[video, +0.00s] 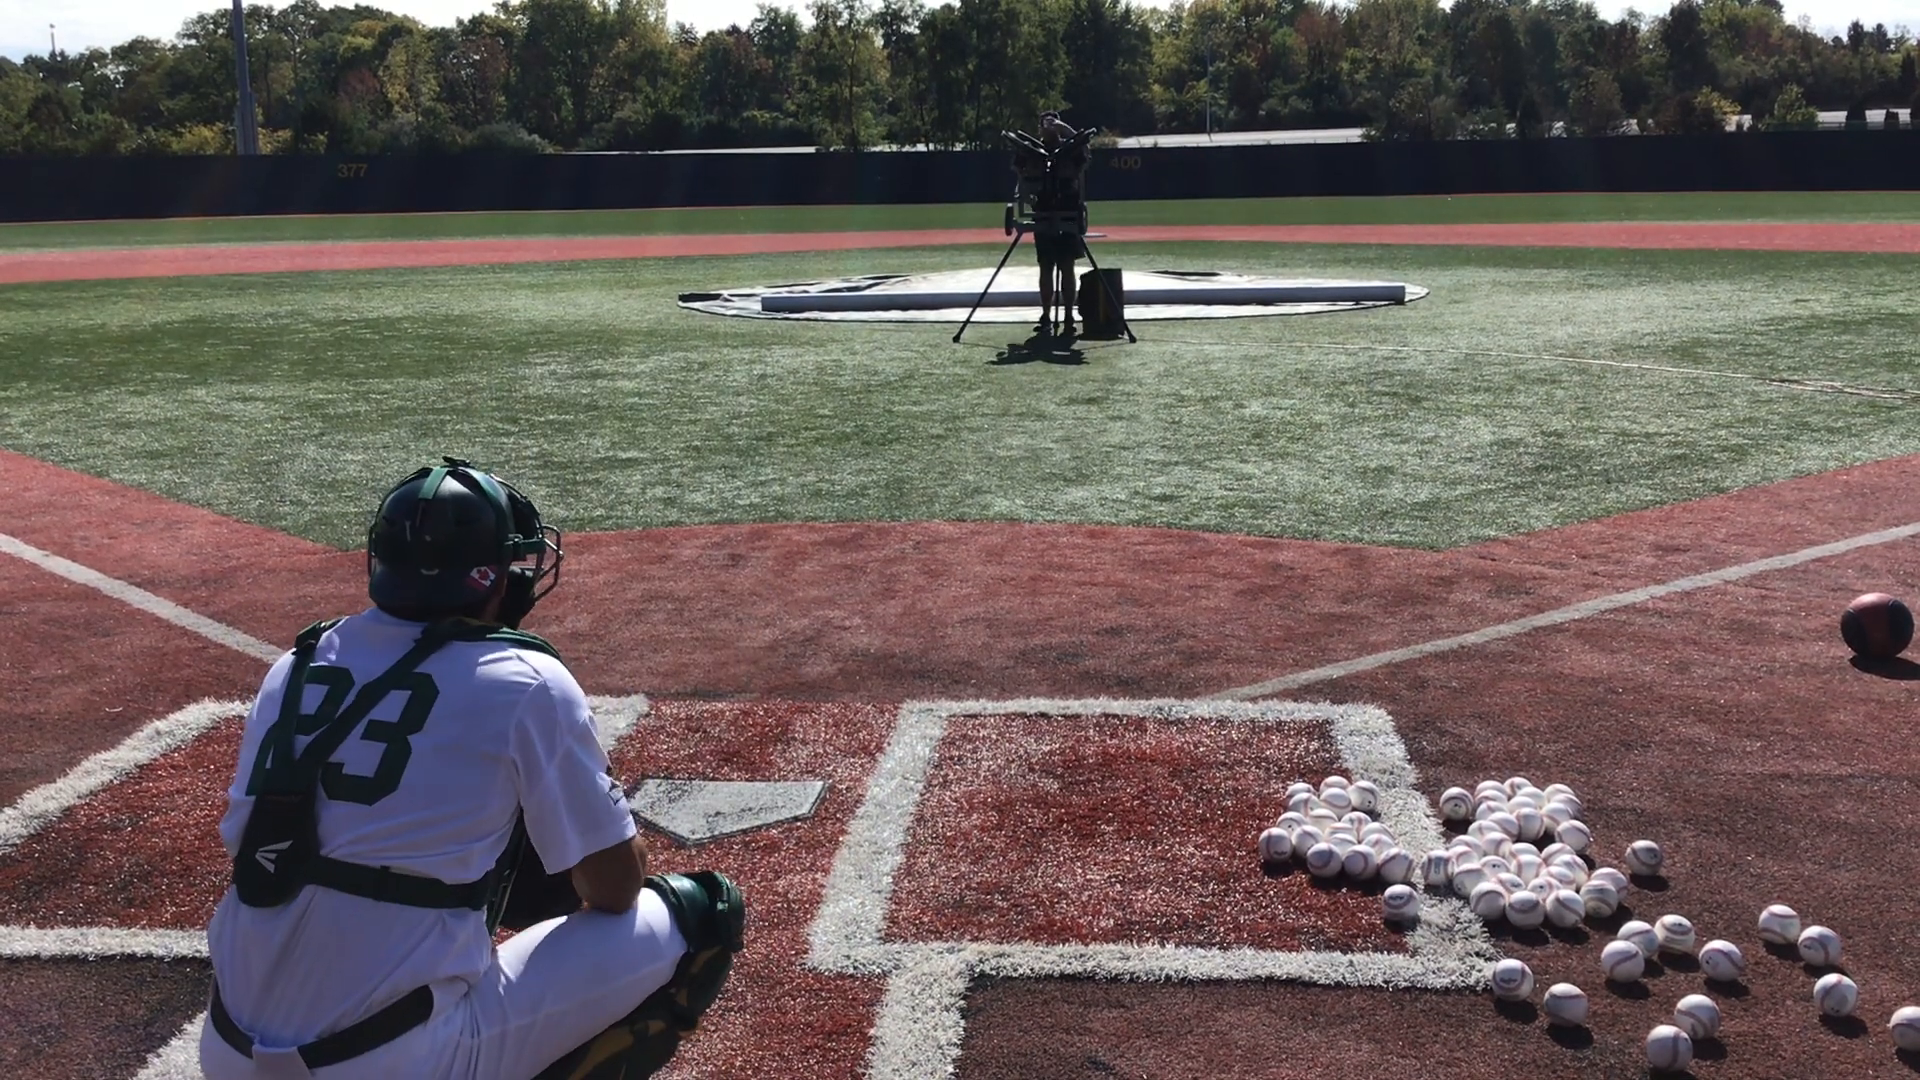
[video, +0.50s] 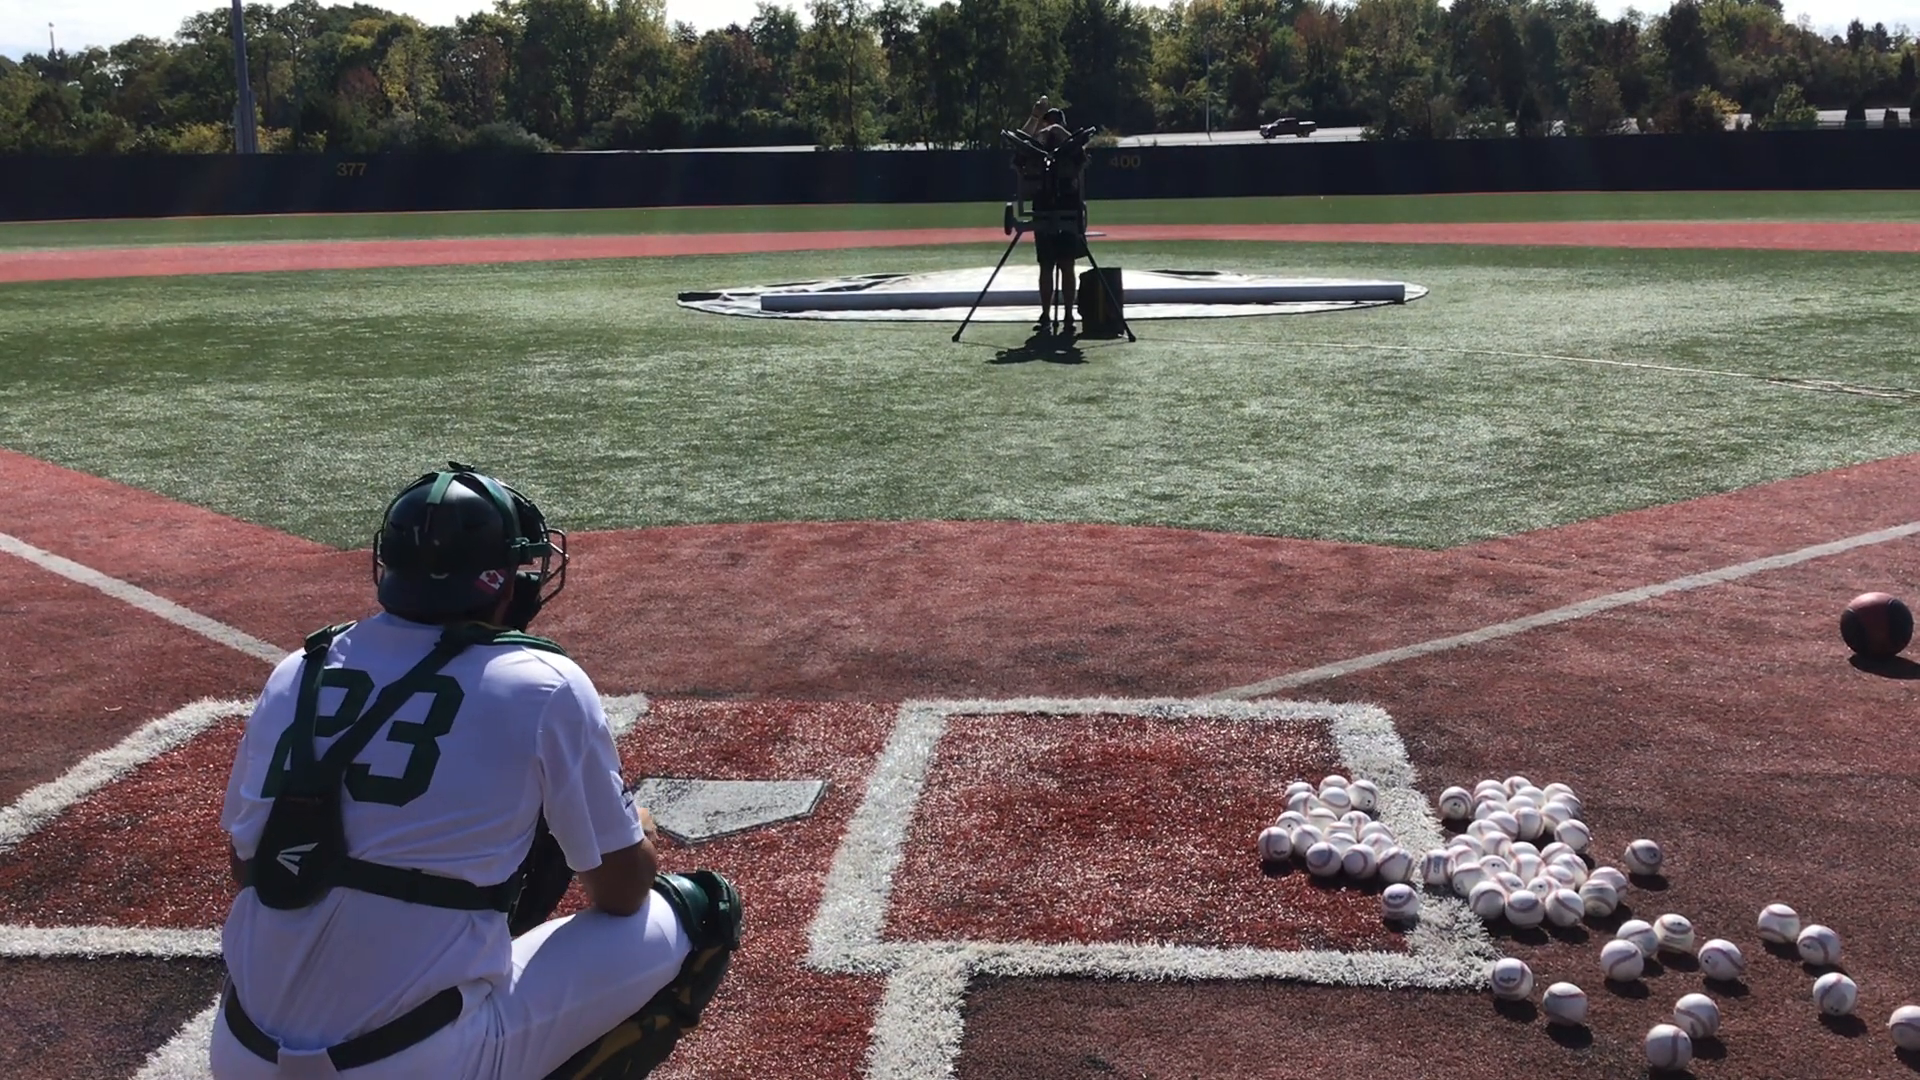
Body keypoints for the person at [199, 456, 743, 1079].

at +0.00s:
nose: (523, 576)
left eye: (520, 561)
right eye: (515, 565)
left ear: (384, 566)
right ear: (490, 583)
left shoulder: (300, 660)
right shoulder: (526, 683)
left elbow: (242, 838)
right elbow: (613, 888)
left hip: (232, 1045)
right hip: (398, 1058)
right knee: (703, 911)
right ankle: (563, 1064)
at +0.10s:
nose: (524, 576)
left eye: (521, 561)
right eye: (515, 565)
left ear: (385, 570)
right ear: (491, 584)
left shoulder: (302, 661)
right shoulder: (529, 685)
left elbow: (242, 839)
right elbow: (616, 887)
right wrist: (540, 889)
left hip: (236, 1048)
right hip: (403, 1061)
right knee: (703, 912)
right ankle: (560, 1068)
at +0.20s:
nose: (527, 574)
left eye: (523, 559)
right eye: (518, 564)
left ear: (386, 568)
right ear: (493, 584)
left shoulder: (299, 663)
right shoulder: (533, 683)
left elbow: (245, 838)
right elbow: (621, 885)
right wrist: (556, 883)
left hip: (238, 1046)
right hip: (405, 1060)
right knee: (703, 909)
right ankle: (561, 1066)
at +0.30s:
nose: (530, 573)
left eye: (526, 558)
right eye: (521, 563)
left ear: (388, 568)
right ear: (495, 584)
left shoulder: (302, 659)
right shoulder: (537, 680)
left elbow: (244, 832)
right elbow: (619, 886)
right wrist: (528, 886)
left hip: (238, 1046)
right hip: (409, 1060)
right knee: (701, 904)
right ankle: (558, 1067)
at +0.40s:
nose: (531, 576)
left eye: (527, 562)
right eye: (522, 566)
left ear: (390, 569)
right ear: (496, 587)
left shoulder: (301, 666)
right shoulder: (541, 684)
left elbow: (246, 852)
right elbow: (619, 890)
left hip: (240, 1048)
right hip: (413, 1061)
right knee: (702, 906)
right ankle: (562, 1067)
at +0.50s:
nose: (532, 578)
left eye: (529, 563)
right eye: (524, 567)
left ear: (390, 572)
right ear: (498, 588)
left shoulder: (303, 667)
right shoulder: (543, 686)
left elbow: (246, 857)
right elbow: (622, 892)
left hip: (242, 1048)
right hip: (416, 1061)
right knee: (701, 907)